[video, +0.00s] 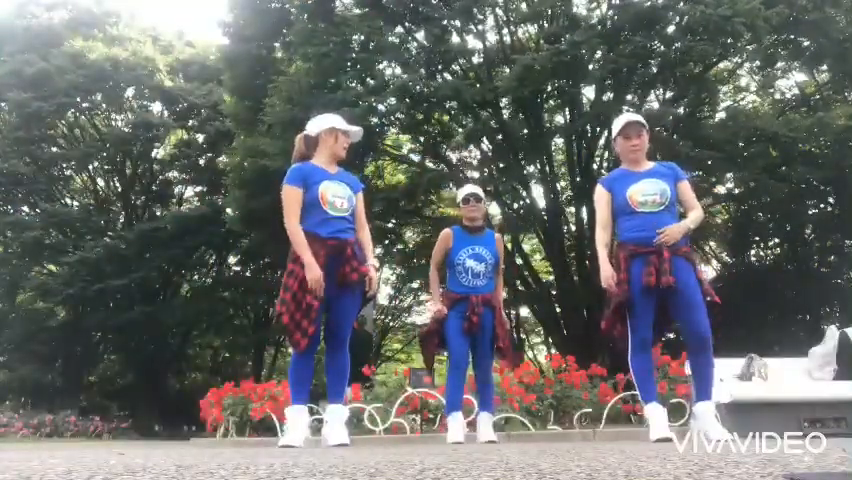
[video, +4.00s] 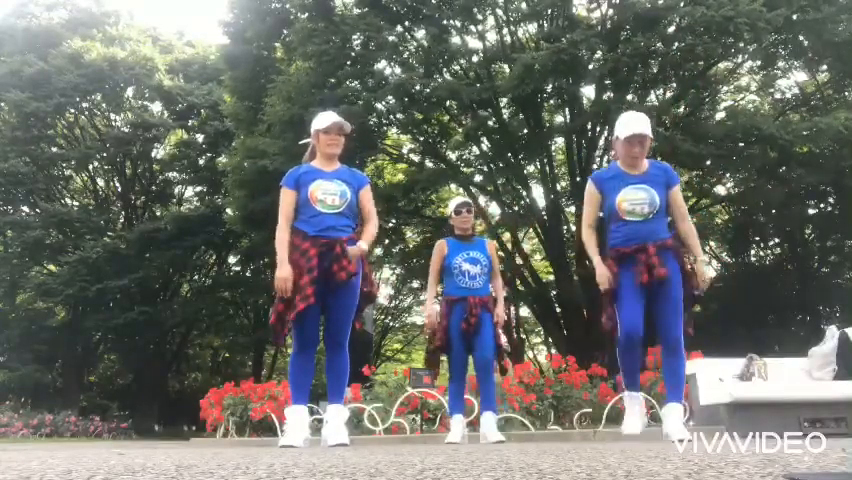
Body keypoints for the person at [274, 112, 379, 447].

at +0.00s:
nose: (347, 142)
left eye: (347, 137)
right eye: (343, 136)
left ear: (338, 140)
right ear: (324, 137)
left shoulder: (352, 181)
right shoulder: (299, 172)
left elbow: (362, 227)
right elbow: (292, 222)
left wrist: (371, 261)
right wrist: (309, 263)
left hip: (349, 256)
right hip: (312, 254)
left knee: (339, 338)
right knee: (306, 339)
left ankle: (336, 418)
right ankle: (297, 419)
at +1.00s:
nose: (348, 138)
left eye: (348, 134)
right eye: (342, 133)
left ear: (342, 139)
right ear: (323, 135)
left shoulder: (355, 174)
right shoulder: (299, 169)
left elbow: (378, 199)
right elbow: (252, 187)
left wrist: (371, 214)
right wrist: (281, 206)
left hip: (346, 255)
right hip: (308, 253)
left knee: (338, 340)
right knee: (305, 338)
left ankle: (335, 420)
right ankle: (297, 420)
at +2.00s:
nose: (340, 137)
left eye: (343, 132)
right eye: (333, 131)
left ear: (347, 137)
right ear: (317, 136)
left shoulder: (359, 167)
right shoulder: (299, 162)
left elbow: (391, 184)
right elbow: (251, 167)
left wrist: (374, 195)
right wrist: (278, 181)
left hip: (346, 255)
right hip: (308, 253)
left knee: (338, 339)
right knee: (305, 338)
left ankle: (336, 420)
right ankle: (298, 420)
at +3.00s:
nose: (348, 137)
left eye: (349, 133)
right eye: (342, 132)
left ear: (343, 138)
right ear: (322, 134)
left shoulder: (355, 178)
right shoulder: (296, 172)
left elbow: (376, 221)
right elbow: (279, 220)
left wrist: (377, 257)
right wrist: (287, 251)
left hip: (347, 254)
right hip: (308, 254)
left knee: (339, 340)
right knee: (306, 339)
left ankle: (336, 419)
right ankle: (297, 419)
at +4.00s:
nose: (333, 138)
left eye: (338, 134)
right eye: (327, 133)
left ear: (345, 139)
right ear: (314, 138)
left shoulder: (357, 178)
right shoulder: (297, 175)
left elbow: (371, 220)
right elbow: (284, 223)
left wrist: (362, 245)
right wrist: (282, 263)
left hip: (346, 259)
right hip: (305, 258)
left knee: (338, 340)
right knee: (305, 341)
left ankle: (336, 418)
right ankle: (297, 418)